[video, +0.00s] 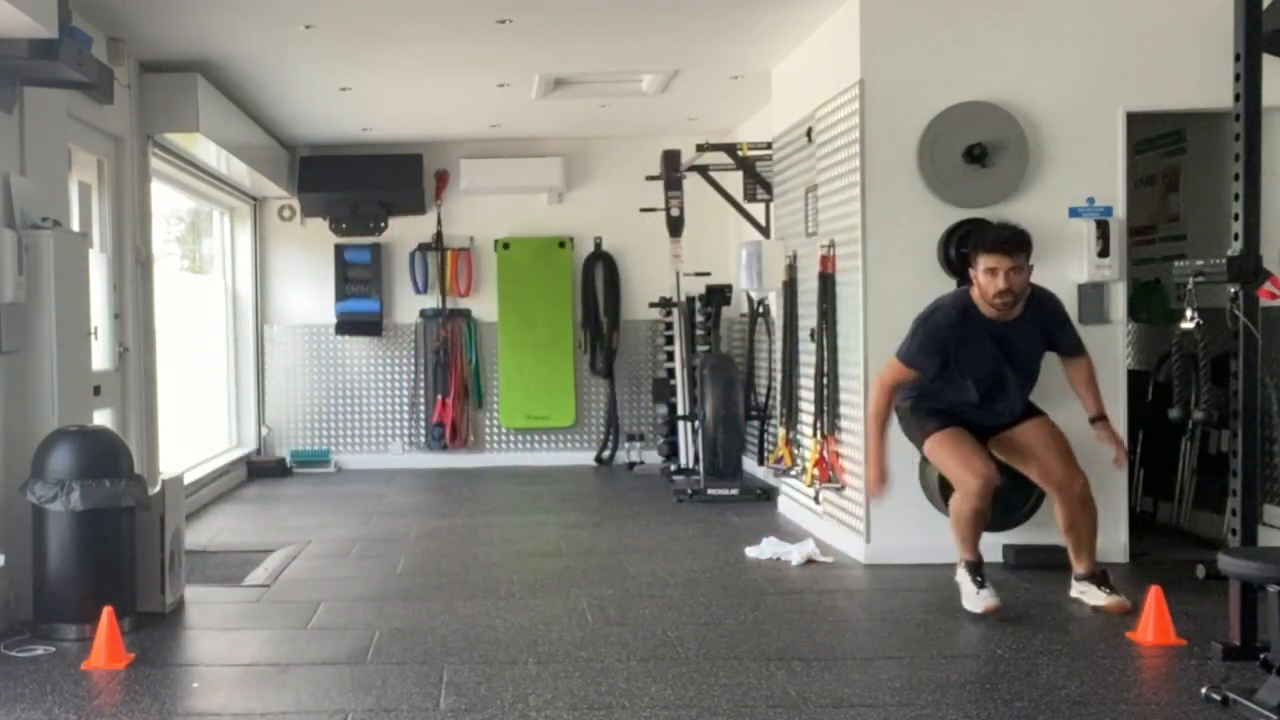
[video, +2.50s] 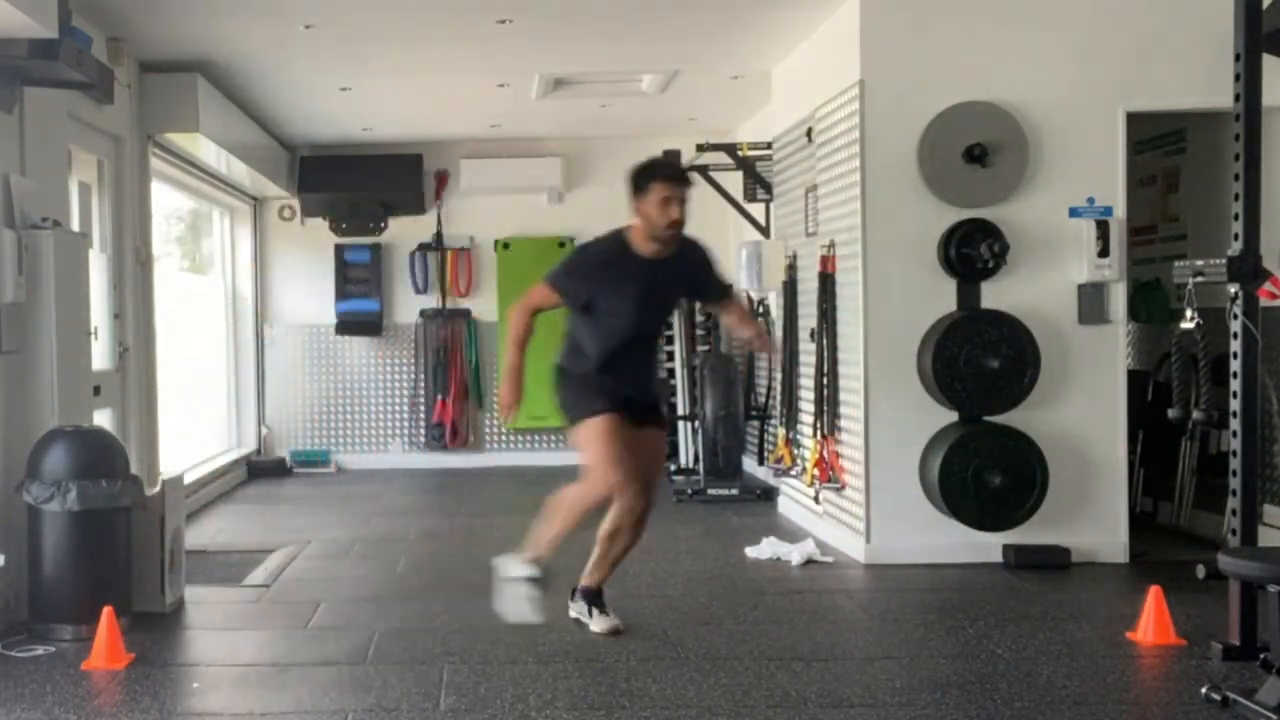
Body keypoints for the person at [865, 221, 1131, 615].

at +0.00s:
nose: (1005, 284)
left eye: (1015, 271)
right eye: (992, 272)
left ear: (1029, 271)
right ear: (972, 275)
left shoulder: (1044, 308)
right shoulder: (944, 319)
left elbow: (1075, 359)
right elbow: (885, 383)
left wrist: (1099, 419)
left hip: (1002, 404)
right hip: (933, 408)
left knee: (1072, 484)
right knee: (979, 478)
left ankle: (1085, 578)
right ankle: (969, 567)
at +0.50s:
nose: (774, 243)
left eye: (783, 231)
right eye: (763, 233)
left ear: (796, 230)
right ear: (749, 233)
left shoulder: (823, 280)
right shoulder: (726, 284)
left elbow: (869, 335)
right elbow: (680, 343)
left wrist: (903, 395)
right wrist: (706, 407)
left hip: (806, 398)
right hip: (746, 407)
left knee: (809, 494)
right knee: (777, 507)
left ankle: (816, 594)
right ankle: (849, 528)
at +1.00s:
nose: (422, 224)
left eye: (431, 213)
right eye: (411, 214)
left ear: (446, 213)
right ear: (398, 217)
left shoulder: (481, 272)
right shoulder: (387, 264)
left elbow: (524, 332)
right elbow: (342, 316)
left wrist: (548, 393)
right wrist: (342, 340)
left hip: (456, 391)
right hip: (408, 391)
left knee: (391, 482)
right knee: (399, 496)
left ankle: (350, 598)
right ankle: (503, 551)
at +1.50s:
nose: (185, 264)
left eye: (195, 252)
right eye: (174, 253)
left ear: (212, 249)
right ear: (162, 253)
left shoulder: (258, 297)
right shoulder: (157, 308)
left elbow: (312, 348)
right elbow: (143, 366)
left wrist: (325, 416)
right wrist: (139, 411)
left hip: (267, 401)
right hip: (203, 402)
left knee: (252, 494)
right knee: (163, 491)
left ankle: (294, 580)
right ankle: (151, 599)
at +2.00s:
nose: (307, 248)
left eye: (317, 236)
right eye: (297, 236)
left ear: (336, 237)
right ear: (285, 239)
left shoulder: (372, 287)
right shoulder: (264, 287)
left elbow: (433, 318)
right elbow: (218, 321)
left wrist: (456, 366)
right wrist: (190, 384)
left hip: (330, 420)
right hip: (275, 400)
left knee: (293, 514)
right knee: (265, 473)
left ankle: (240, 589)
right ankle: (198, 556)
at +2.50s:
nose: (676, 213)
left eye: (681, 202)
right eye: (665, 203)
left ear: (685, 204)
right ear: (638, 206)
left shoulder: (689, 259)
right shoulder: (599, 257)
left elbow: (725, 303)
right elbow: (524, 308)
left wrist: (751, 329)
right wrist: (511, 379)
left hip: (641, 386)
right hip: (587, 380)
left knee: (637, 500)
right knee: (604, 479)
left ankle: (587, 592)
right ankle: (523, 562)